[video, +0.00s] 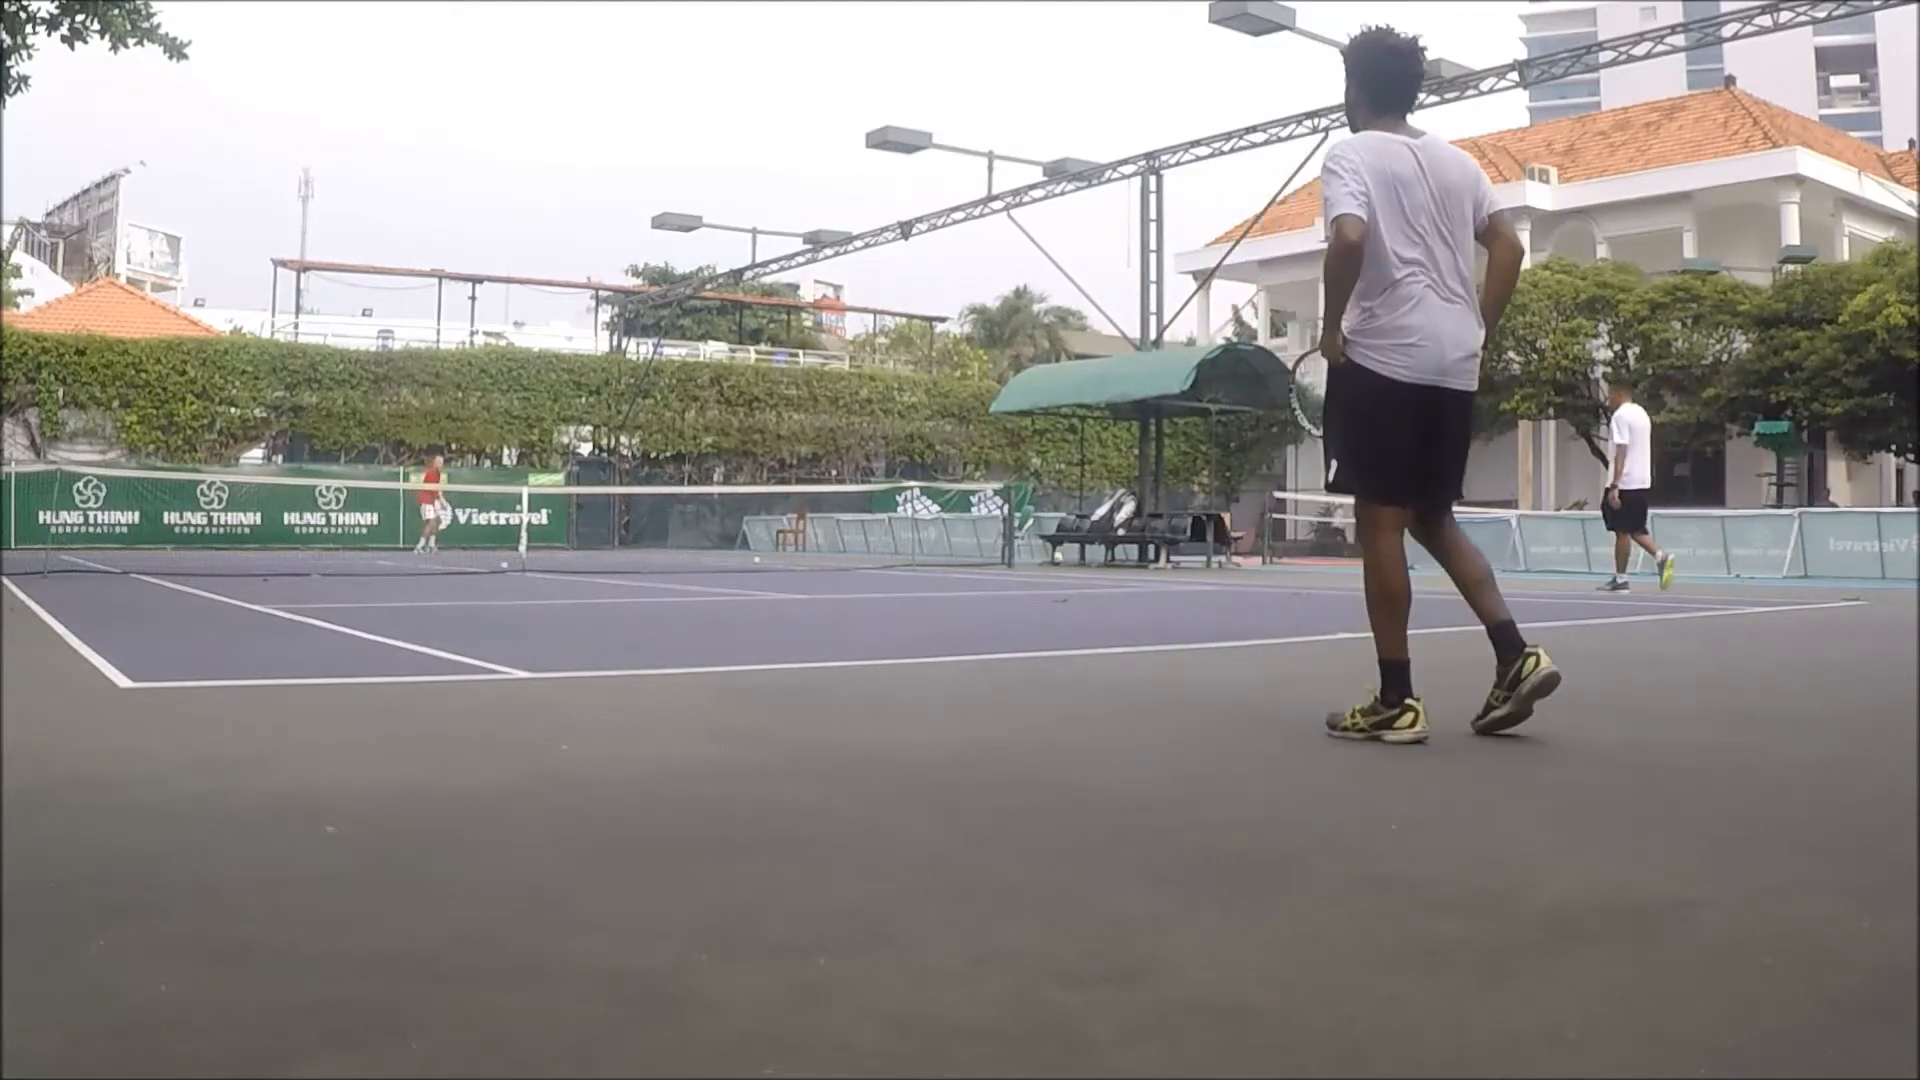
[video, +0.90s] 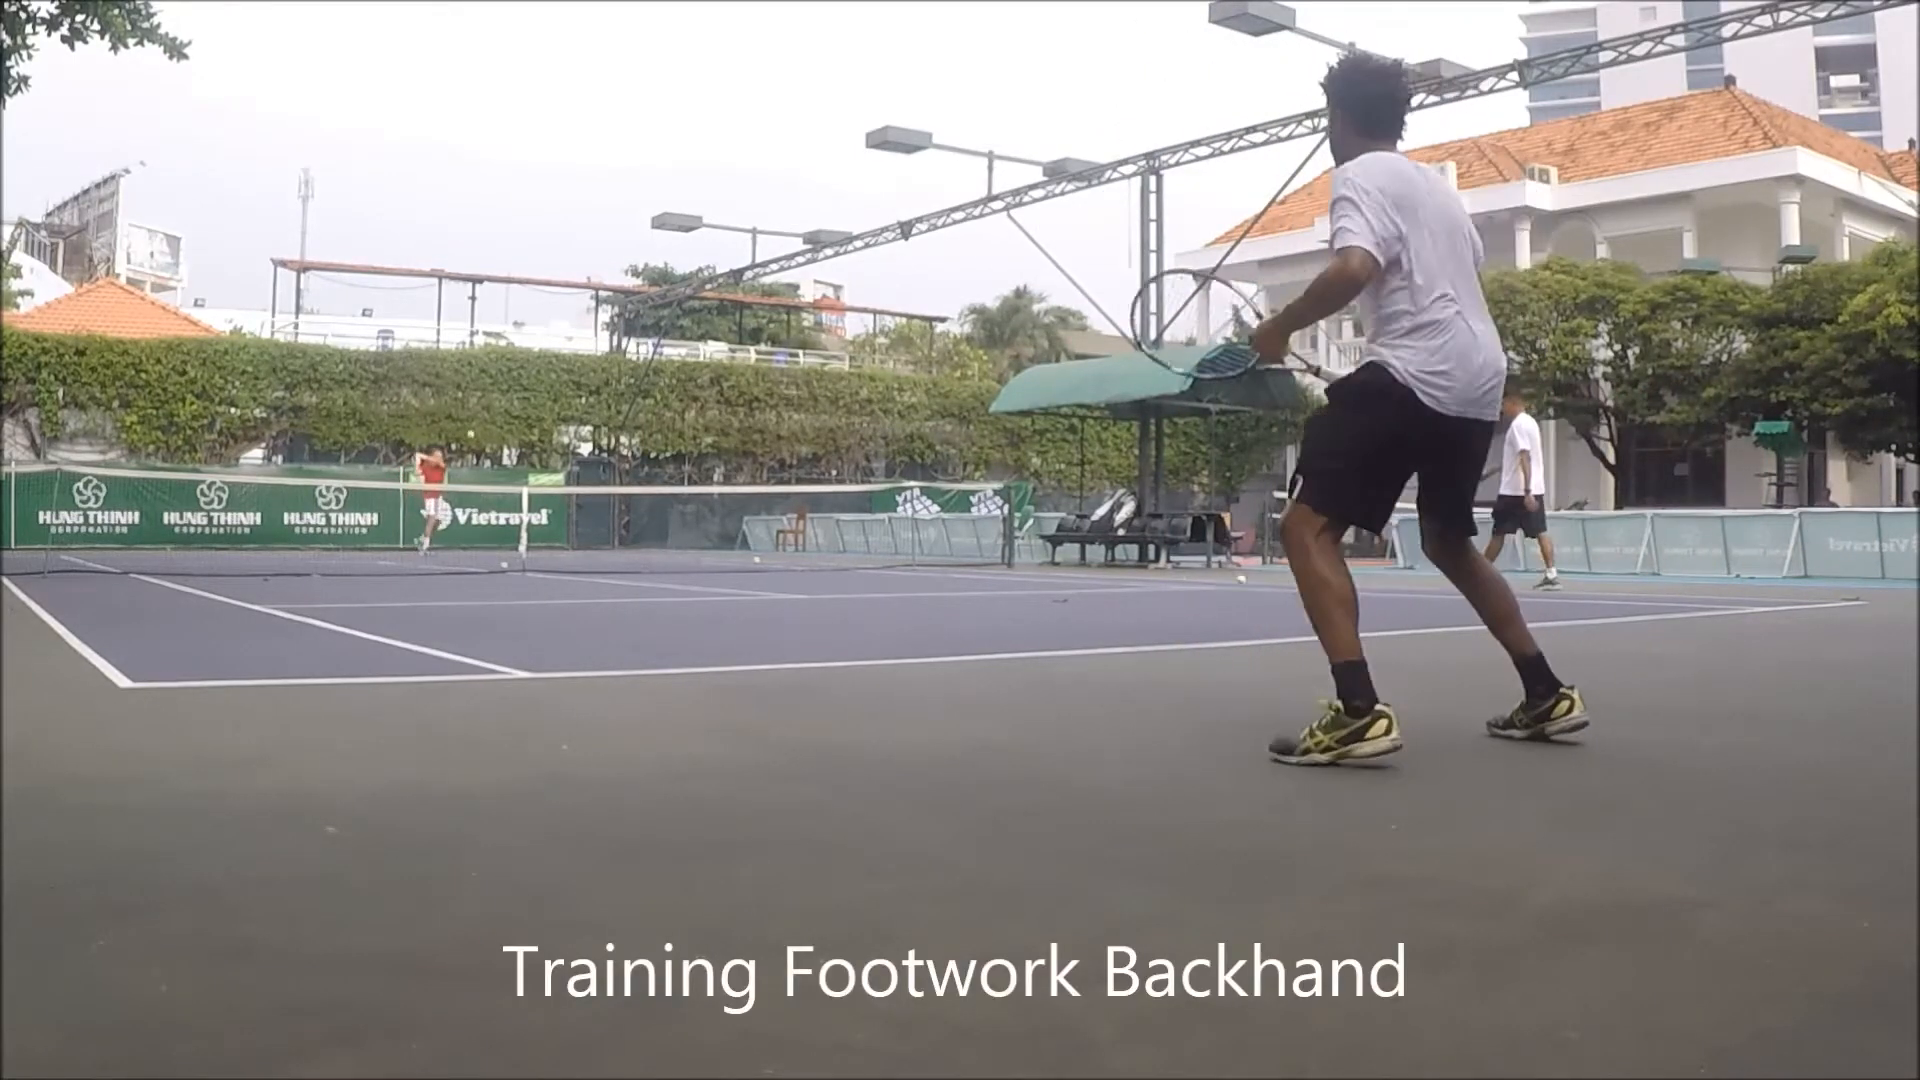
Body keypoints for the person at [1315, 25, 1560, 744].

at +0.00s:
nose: (1344, 97)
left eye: (1346, 86)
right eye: (1349, 85)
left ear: (1355, 90)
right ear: (1412, 93)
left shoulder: (1349, 154)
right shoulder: (1458, 162)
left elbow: (1349, 240)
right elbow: (1508, 248)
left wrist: (1332, 325)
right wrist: (1477, 330)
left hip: (1383, 365)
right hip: (1457, 368)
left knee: (1379, 527)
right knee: (1434, 519)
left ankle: (1396, 701)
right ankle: (1515, 655)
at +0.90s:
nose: (1327, 129)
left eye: (1328, 116)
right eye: (1329, 116)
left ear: (1339, 118)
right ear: (1398, 120)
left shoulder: (1360, 176)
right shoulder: (1441, 186)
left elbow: (1356, 267)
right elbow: (1467, 274)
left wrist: (1279, 324)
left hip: (1411, 376)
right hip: (1480, 386)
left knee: (1306, 529)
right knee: (1449, 542)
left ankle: (1358, 709)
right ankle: (1545, 693)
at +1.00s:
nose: (1280, 125)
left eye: (1282, 111)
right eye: (1280, 111)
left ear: (1297, 111)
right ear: (1353, 111)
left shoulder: (1326, 171)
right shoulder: (1389, 179)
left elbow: (1294, 281)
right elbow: (1403, 307)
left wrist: (1229, 318)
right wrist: (1328, 366)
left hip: (1372, 384)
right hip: (1439, 391)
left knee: (1264, 536)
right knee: (1429, 544)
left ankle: (1357, 709)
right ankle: (1539, 685)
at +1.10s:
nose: (1228, 80)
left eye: (1231, 66)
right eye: (1230, 66)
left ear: (1246, 71)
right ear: (1302, 70)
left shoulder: (1281, 134)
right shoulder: (1328, 140)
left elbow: (1244, 249)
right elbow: (1312, 279)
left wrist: (1174, 278)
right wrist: (1231, 325)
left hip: (1327, 358)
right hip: (1378, 355)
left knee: (1259, 533)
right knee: (1351, 527)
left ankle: (1359, 711)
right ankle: (1466, 670)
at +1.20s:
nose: (1179, 42)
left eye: (1182, 27)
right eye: (1181, 28)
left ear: (1200, 29)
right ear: (1253, 31)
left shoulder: (1232, 89)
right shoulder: (1276, 99)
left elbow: (1210, 210)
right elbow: (1231, 245)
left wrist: (1121, 227)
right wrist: (1146, 280)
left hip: (1272, 333)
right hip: (1322, 334)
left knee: (1234, 509)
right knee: (1272, 510)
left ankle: (1333, 684)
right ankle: (1309, 696)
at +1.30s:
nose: (1131, 38)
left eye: (1136, 23)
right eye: (1132, 25)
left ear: (1162, 22)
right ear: (1198, 23)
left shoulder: (1200, 77)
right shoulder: (1208, 96)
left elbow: (1173, 199)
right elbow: (1148, 229)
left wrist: (1070, 197)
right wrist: (1056, 254)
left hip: (1225, 317)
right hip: (1253, 324)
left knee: (1153, 503)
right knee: (1186, 514)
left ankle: (1273, 682)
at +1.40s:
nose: (1081, 55)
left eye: (1085, 37)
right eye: (1082, 39)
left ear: (1110, 37)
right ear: (1153, 38)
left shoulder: (1174, 107)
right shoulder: (1122, 143)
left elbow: (1136, 221)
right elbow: (1047, 230)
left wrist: (1027, 181)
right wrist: (970, 234)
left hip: (1183, 334)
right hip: (1156, 339)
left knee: (1067, 498)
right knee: (1100, 530)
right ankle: (1179, 715)